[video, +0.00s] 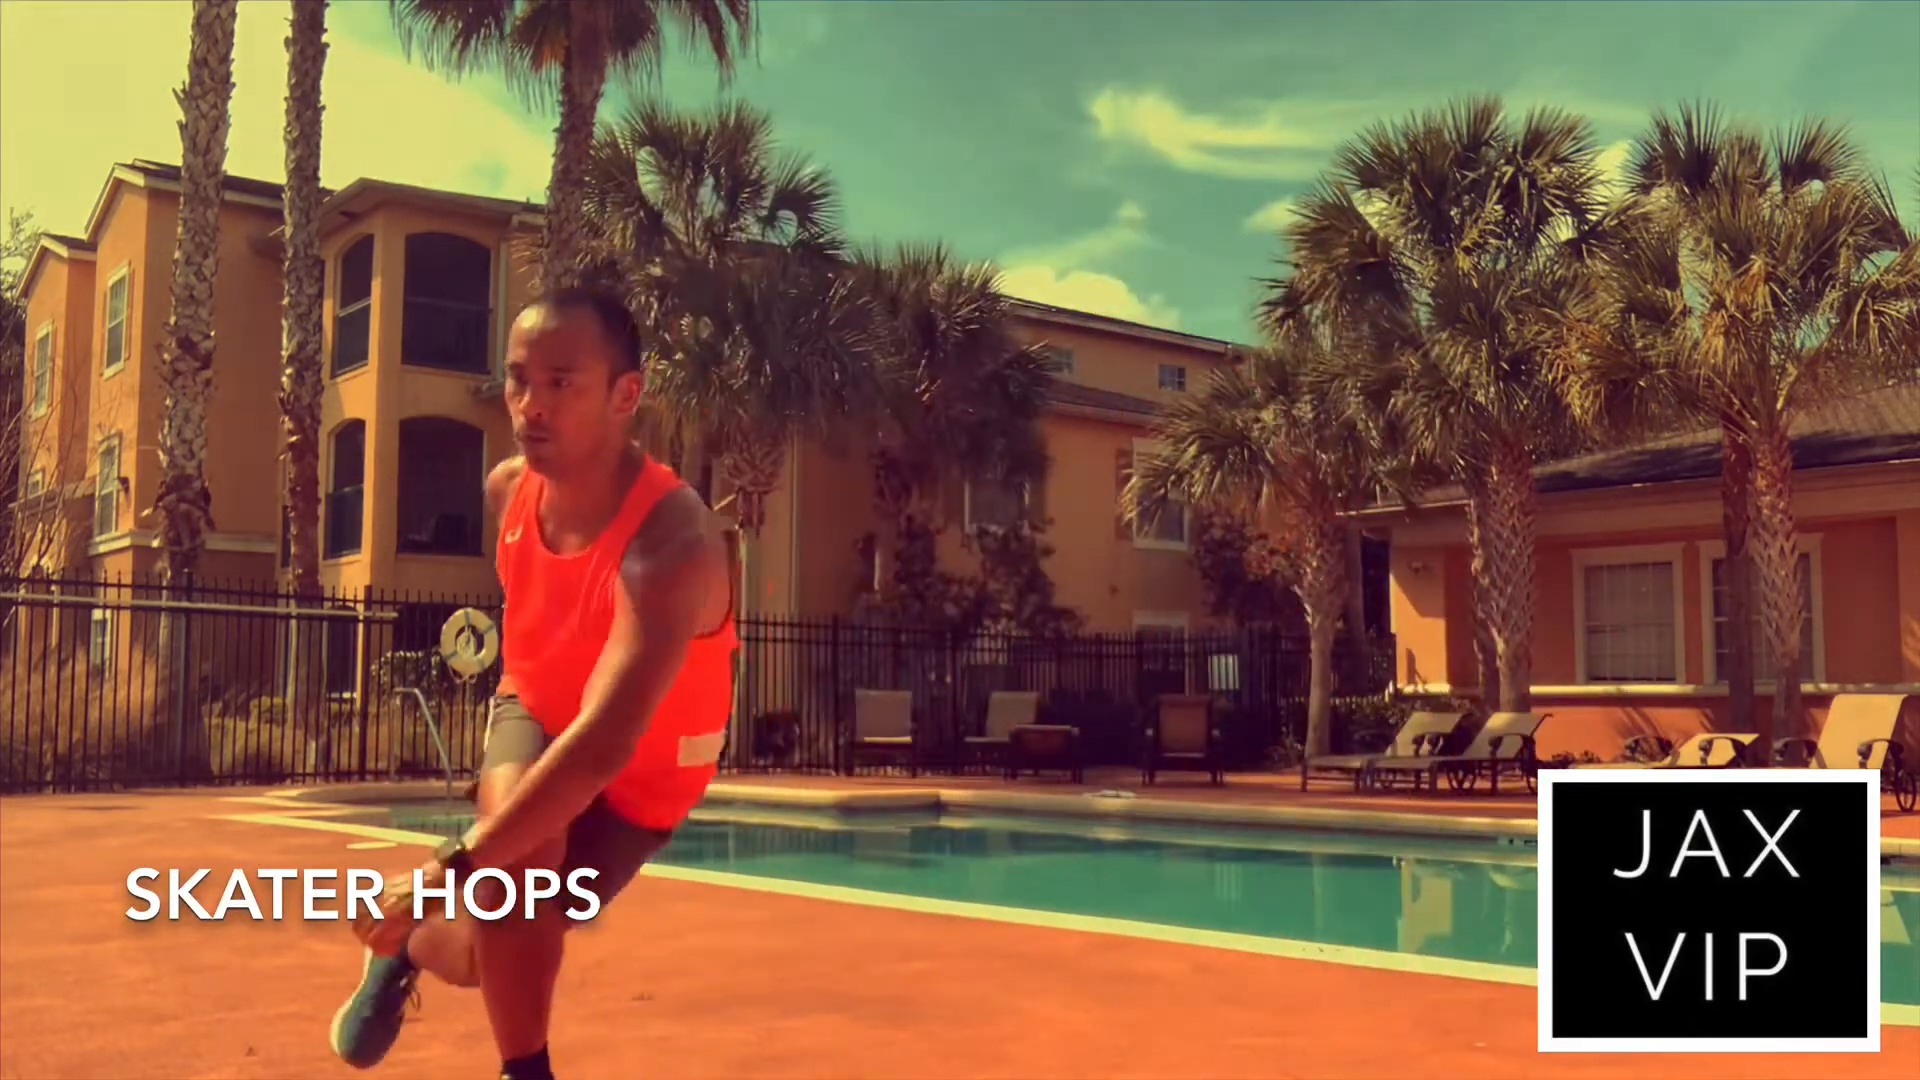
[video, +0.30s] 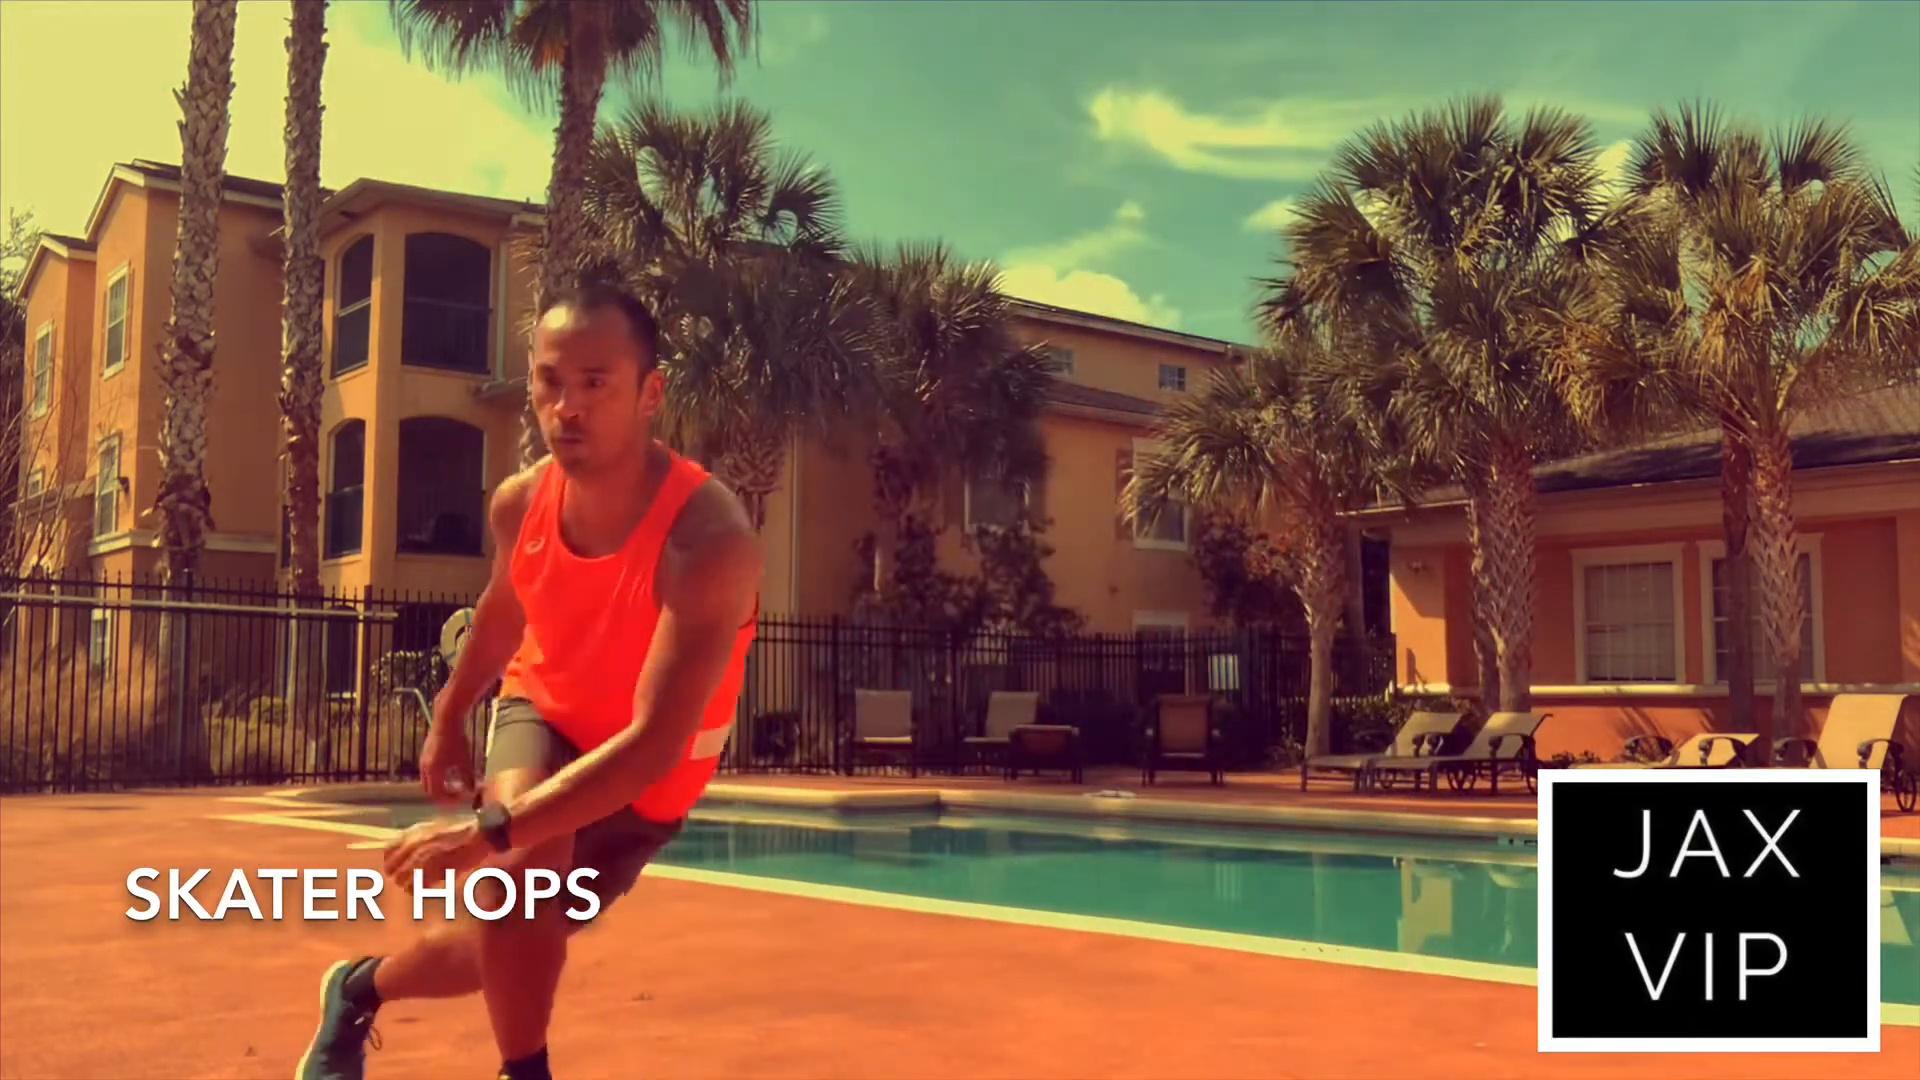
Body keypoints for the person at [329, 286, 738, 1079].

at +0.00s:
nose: (530, 404)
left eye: (560, 382)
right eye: (519, 380)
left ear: (625, 396)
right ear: (506, 387)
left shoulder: (671, 544)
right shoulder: (509, 491)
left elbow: (602, 746)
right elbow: (530, 624)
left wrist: (447, 870)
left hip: (641, 779)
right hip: (533, 712)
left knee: (493, 956)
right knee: (520, 871)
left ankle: (402, 947)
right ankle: (528, 1070)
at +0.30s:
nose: (567, 406)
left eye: (594, 382)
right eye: (551, 382)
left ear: (651, 390)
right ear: (532, 388)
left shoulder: (710, 536)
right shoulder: (521, 504)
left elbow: (659, 740)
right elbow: (501, 611)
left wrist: (488, 831)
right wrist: (449, 714)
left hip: (650, 773)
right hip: (538, 709)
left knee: (515, 946)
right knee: (518, 880)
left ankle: (359, 987)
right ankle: (527, 1072)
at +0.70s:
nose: (1022, 180)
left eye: (1047, 158)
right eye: (1001, 151)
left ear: (1075, 159)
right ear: (958, 143)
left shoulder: (1106, 267)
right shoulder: (879, 265)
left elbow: (1183, 320)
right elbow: (776, 354)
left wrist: (1236, 441)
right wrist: (683, 442)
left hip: (1031, 588)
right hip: (866, 591)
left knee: (1190, 762)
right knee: (735, 788)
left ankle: (1320, 972)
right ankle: (599, 1010)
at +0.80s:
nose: (1166, 198)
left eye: (1188, 174)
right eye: (1143, 169)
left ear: (1207, 177)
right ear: (1088, 166)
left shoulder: (1234, 296)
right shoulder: (1003, 292)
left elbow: (1286, 384)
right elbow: (884, 400)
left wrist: (1308, 499)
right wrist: (802, 524)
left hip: (1164, 604)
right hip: (1004, 597)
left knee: (1299, 807)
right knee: (859, 828)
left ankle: (1448, 1026)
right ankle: (857, 917)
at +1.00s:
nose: (1385, 336)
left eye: (1404, 312)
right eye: (1360, 309)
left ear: (1420, 322)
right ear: (1298, 314)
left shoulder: (1420, 424)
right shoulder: (1231, 452)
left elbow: (1433, 514)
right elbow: (1152, 648)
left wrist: (1453, 622)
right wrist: (1206, 807)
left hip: (1363, 689)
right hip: (1237, 727)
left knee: (1456, 873)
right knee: (1266, 984)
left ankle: (1478, 1072)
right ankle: (1350, 910)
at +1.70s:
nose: (1181, 236)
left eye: (1208, 213)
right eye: (1161, 214)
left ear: (1253, 230)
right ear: (1134, 231)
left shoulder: (1317, 354)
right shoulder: (1080, 362)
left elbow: (1448, 459)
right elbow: (901, 450)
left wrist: (1447, 551)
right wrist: (840, 592)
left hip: (1312, 655)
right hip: (1154, 663)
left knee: (1427, 863)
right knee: (1080, 867)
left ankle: (1483, 1069)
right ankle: (1135, 908)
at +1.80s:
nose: (1030, 174)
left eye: (1057, 152)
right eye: (1012, 149)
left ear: (1107, 155)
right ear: (988, 146)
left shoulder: (1174, 265)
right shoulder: (943, 268)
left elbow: (1312, 319)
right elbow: (775, 355)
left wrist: (1329, 431)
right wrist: (678, 494)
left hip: (1191, 603)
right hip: (1022, 595)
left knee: (1330, 813)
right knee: (856, 743)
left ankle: (1476, 1046)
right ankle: (857, 929)